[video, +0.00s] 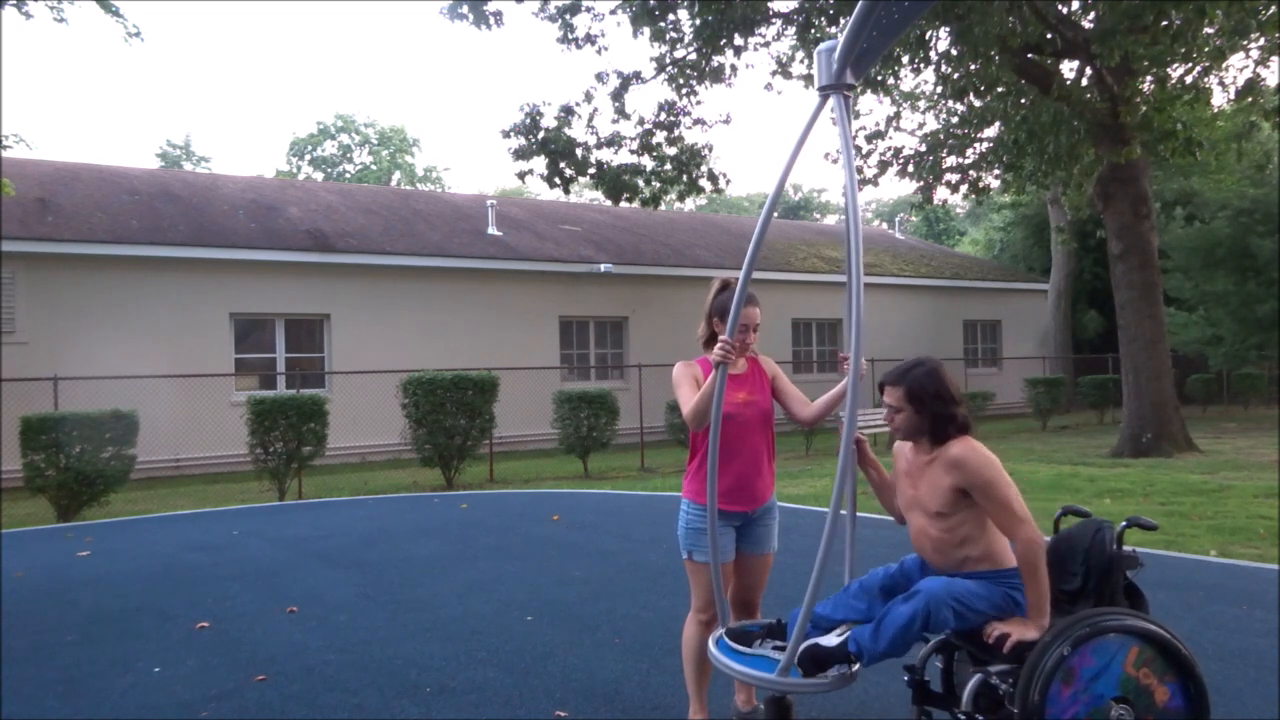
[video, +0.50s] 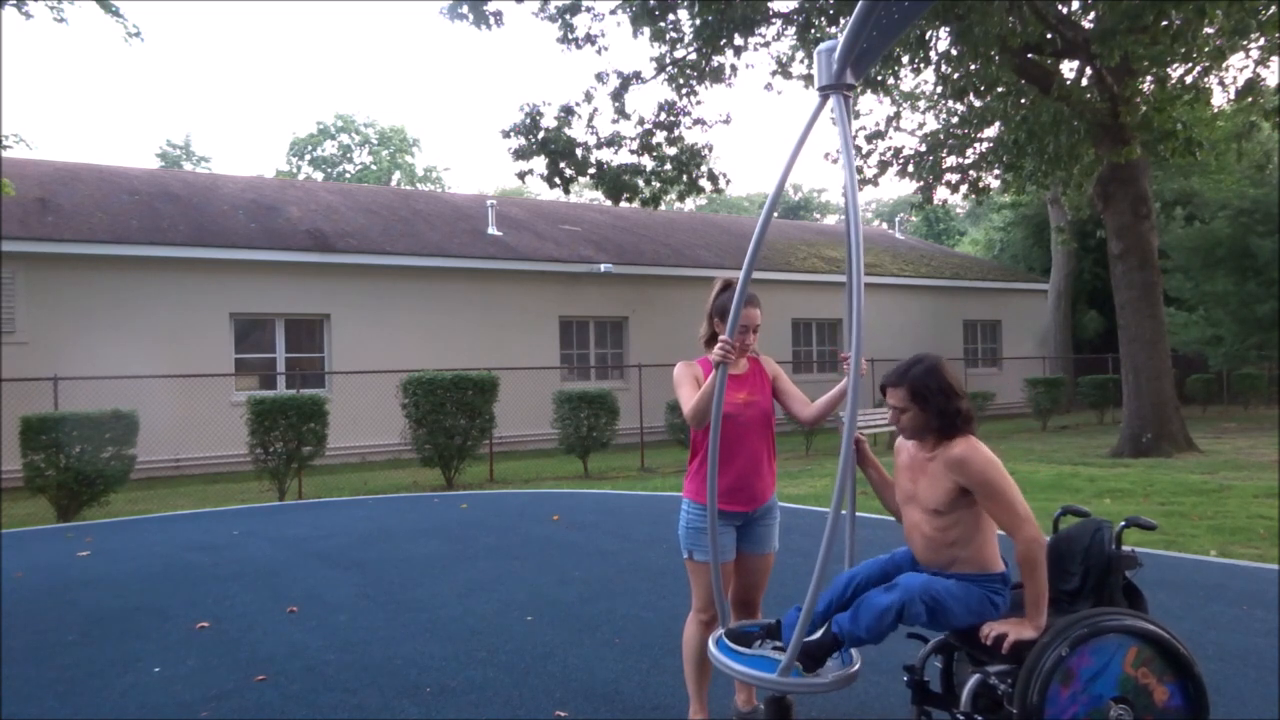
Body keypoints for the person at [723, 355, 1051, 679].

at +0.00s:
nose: (886, 416)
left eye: (894, 410)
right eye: (884, 407)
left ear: (926, 410)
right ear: (888, 405)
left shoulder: (966, 456)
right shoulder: (903, 451)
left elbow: (1029, 537)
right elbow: (901, 511)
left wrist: (1037, 621)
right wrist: (868, 461)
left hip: (994, 584)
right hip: (934, 569)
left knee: (928, 597)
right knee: (875, 587)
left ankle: (847, 649)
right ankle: (790, 630)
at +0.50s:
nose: (891, 418)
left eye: (898, 410)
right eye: (888, 409)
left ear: (927, 407)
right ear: (910, 407)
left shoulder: (967, 454)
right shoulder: (905, 447)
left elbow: (1029, 534)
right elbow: (903, 510)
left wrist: (1034, 620)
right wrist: (867, 461)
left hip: (976, 586)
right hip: (921, 563)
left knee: (903, 593)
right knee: (855, 580)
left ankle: (824, 644)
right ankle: (782, 631)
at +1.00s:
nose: (910, 428)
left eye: (917, 419)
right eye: (907, 419)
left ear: (948, 414)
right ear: (915, 416)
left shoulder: (997, 467)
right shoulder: (920, 455)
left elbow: (1061, 544)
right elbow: (892, 515)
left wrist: (998, 601)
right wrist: (866, 463)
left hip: (986, 594)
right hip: (932, 584)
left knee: (921, 568)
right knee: (882, 577)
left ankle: (842, 646)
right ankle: (784, 631)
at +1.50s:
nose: (945, 426)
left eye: (953, 419)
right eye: (943, 418)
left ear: (986, 416)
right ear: (942, 413)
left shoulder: (1016, 468)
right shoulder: (948, 454)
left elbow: (936, 486)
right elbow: (905, 513)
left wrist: (873, 428)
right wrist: (866, 458)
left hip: (996, 597)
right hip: (945, 584)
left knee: (924, 565)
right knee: (891, 582)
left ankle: (845, 644)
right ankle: (788, 629)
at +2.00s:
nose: (959, 431)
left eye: (969, 424)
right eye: (957, 421)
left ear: (1004, 424)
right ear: (956, 415)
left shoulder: (1030, 471)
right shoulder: (954, 462)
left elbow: (945, 481)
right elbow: (914, 538)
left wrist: (879, 422)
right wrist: (852, 577)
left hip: (1001, 599)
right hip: (945, 585)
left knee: (928, 567)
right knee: (879, 590)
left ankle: (846, 645)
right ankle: (789, 631)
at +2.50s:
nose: (949, 430)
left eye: (959, 422)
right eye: (947, 420)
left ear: (993, 421)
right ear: (946, 415)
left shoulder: (1025, 468)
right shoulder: (944, 464)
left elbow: (945, 484)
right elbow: (895, 526)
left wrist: (880, 424)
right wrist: (837, 531)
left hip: (1001, 600)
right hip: (945, 588)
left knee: (933, 568)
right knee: (876, 594)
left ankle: (852, 649)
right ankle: (796, 636)